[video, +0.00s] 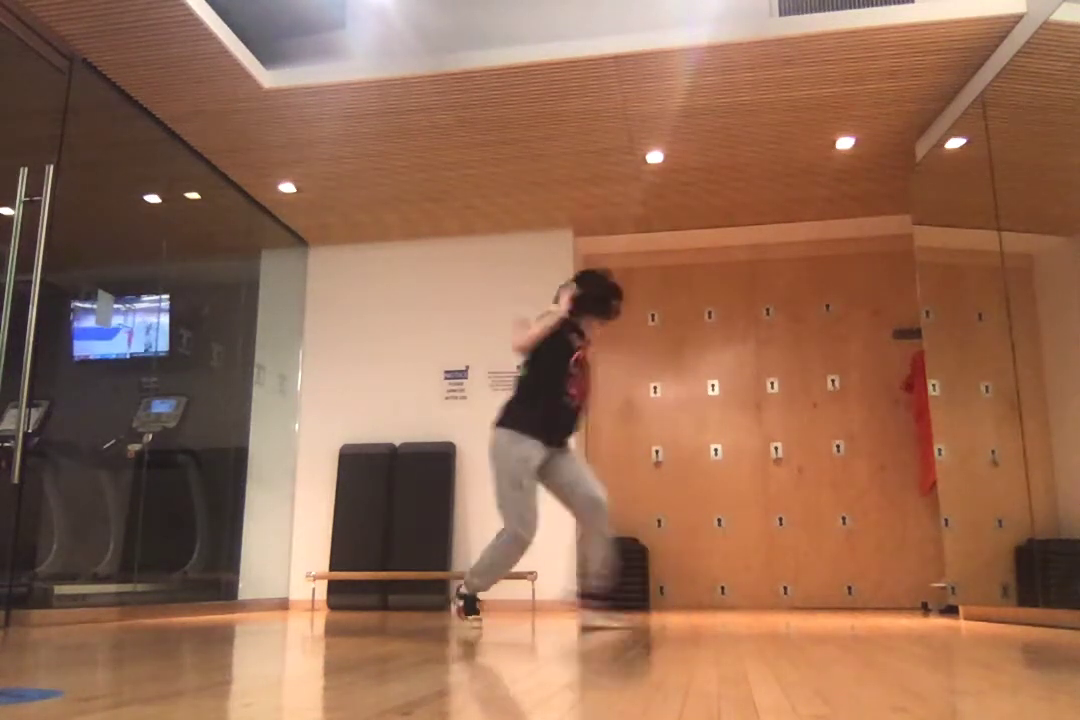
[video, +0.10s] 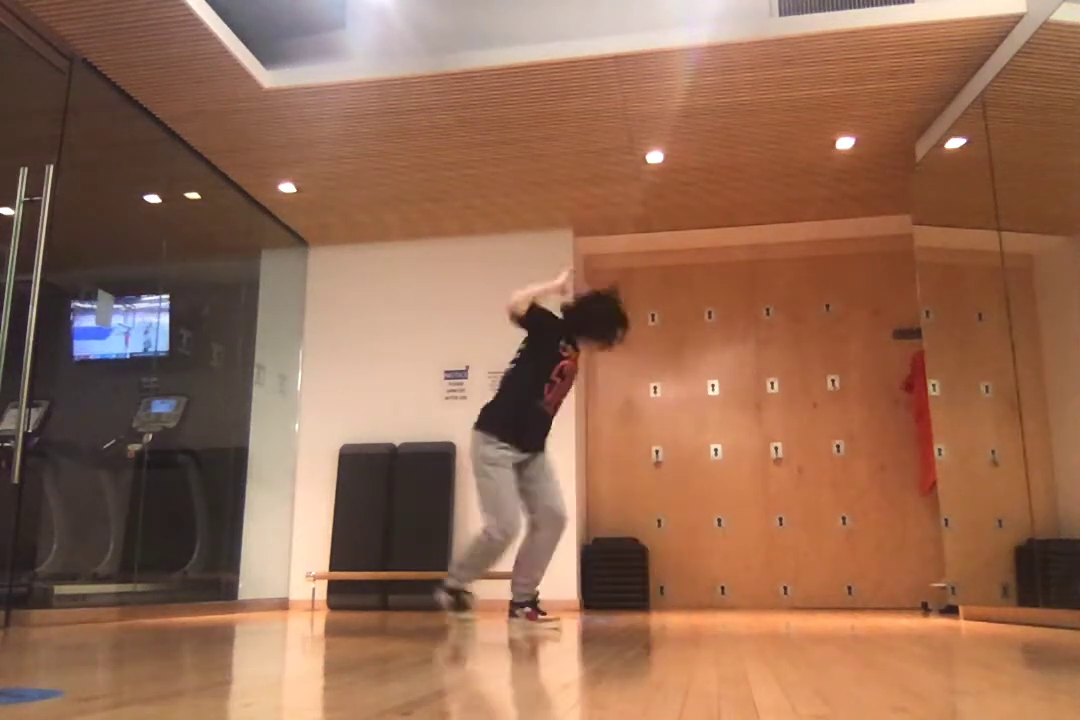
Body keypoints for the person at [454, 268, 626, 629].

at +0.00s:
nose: (600, 326)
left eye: (605, 320)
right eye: (600, 317)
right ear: (584, 307)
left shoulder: (580, 343)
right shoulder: (552, 328)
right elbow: (521, 343)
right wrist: (559, 312)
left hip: (553, 445)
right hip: (518, 438)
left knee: (593, 504)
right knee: (520, 529)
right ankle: (468, 590)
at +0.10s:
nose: (602, 348)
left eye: (606, 343)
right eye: (603, 340)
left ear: (591, 325)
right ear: (590, 327)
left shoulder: (572, 347)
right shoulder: (549, 328)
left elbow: (582, 317)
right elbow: (516, 306)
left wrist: (572, 295)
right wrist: (553, 286)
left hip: (531, 449)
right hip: (494, 442)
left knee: (551, 517)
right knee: (504, 526)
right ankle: (454, 584)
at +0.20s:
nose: (577, 341)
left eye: (581, 336)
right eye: (573, 333)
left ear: (581, 333)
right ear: (559, 322)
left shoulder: (561, 348)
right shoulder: (532, 333)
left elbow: (583, 319)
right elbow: (541, 286)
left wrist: (593, 288)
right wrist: (575, 266)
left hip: (519, 454)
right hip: (482, 446)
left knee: (548, 520)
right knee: (465, 530)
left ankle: (522, 603)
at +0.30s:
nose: (543, 288)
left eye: (543, 284)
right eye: (537, 283)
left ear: (536, 298)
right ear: (522, 293)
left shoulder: (541, 331)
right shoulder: (515, 325)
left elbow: (574, 314)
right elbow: (541, 279)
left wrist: (597, 285)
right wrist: (577, 257)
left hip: (513, 448)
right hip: (481, 438)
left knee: (539, 516)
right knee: (433, 517)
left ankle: (522, 602)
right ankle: (351, 578)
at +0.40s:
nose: (504, 277)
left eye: (502, 272)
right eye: (495, 274)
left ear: (500, 281)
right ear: (479, 285)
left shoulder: (519, 320)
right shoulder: (485, 311)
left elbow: (559, 314)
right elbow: (519, 276)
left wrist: (598, 301)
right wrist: (572, 267)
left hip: (507, 437)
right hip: (471, 426)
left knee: (523, 509)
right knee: (424, 506)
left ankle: (521, 602)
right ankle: (359, 581)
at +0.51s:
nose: (475, 286)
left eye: (479, 280)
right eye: (466, 282)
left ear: (489, 283)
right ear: (451, 289)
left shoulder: (501, 319)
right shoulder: (451, 314)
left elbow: (541, 333)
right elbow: (482, 301)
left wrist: (581, 341)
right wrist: (535, 302)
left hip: (502, 428)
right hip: (460, 423)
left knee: (513, 512)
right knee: (416, 507)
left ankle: (522, 600)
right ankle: (357, 582)